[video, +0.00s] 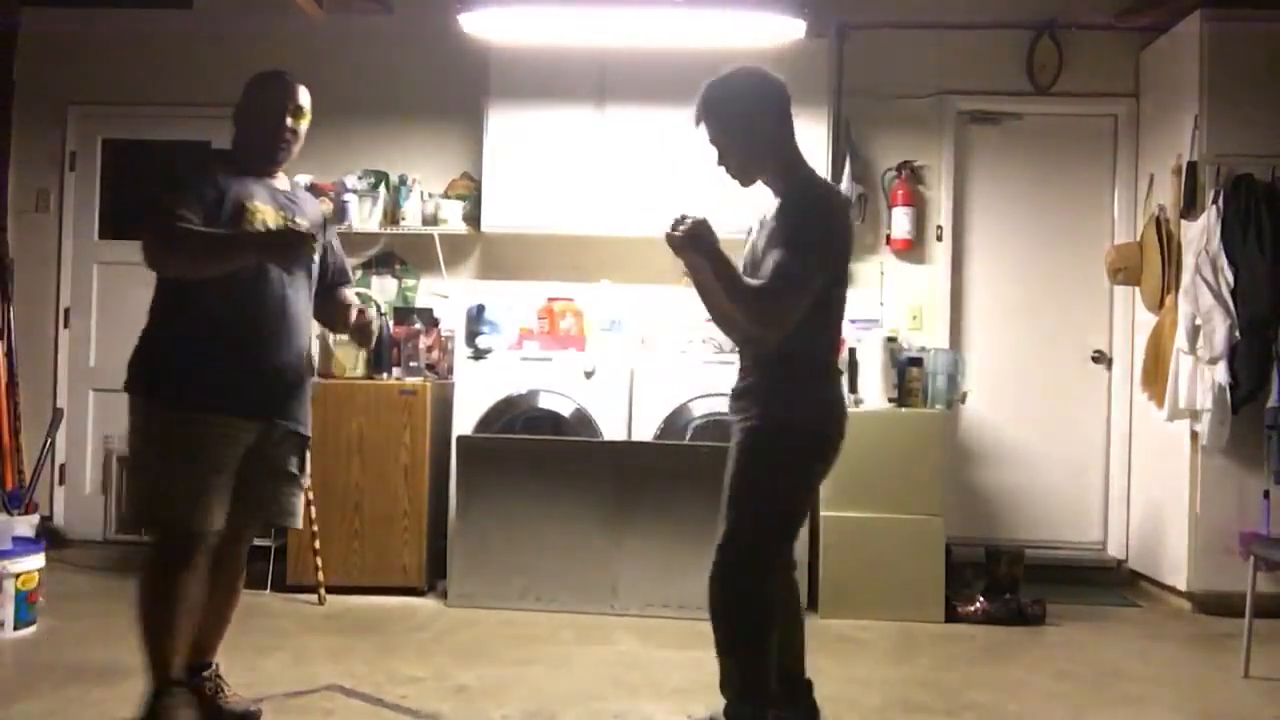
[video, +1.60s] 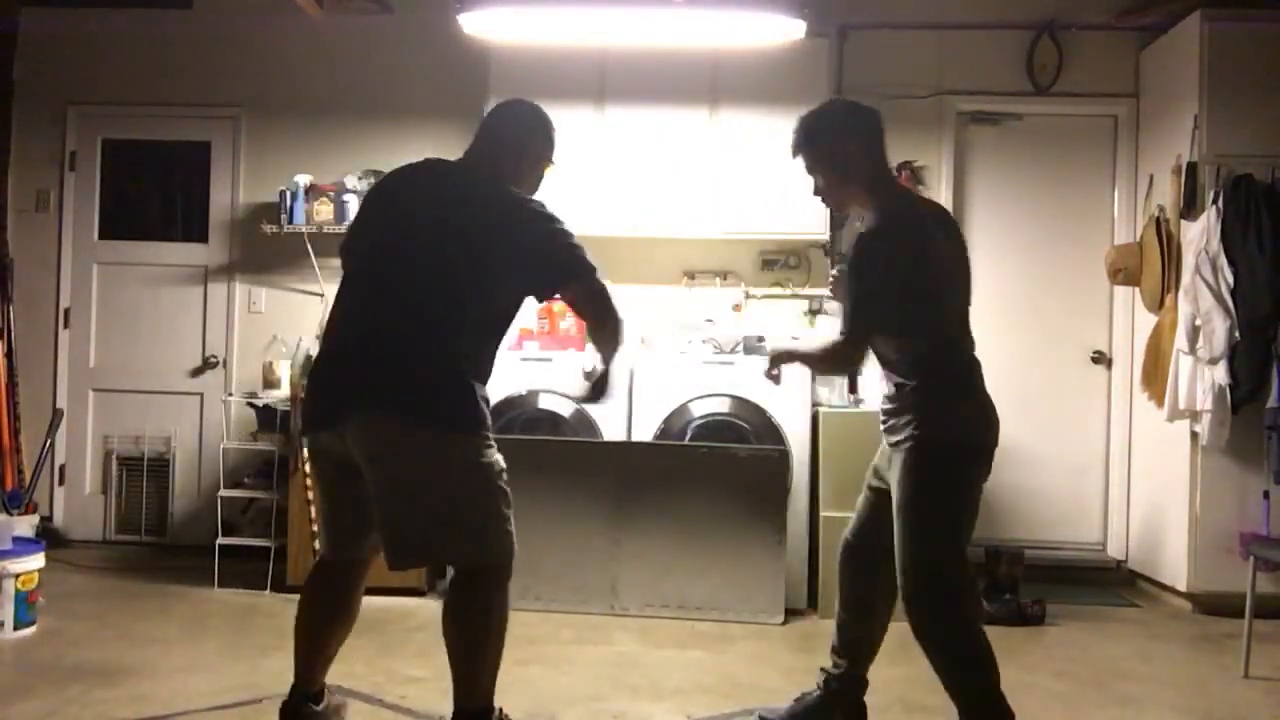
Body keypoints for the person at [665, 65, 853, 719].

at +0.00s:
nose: (715, 156)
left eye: (718, 137)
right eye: (710, 141)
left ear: (758, 126)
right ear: (767, 129)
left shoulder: (811, 209)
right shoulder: (786, 213)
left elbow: (764, 328)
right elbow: (753, 323)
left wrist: (706, 260)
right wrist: (702, 262)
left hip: (786, 419)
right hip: (775, 415)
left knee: (737, 576)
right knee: (767, 567)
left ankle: (747, 709)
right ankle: (787, 702)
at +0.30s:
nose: (742, 169)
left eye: (745, 152)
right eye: (737, 156)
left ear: (784, 136)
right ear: (769, 144)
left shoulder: (860, 210)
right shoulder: (775, 224)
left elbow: (856, 317)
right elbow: (734, 325)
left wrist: (773, 258)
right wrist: (715, 251)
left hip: (845, 410)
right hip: (788, 408)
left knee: (815, 563)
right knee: (769, 557)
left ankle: (835, 707)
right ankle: (792, 694)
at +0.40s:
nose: (761, 170)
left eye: (765, 154)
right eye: (756, 157)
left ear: (807, 137)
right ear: (795, 145)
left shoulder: (872, 214)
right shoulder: (787, 223)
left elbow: (857, 319)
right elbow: (743, 317)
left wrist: (783, 255)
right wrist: (729, 245)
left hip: (853, 421)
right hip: (794, 416)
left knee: (857, 577)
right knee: (777, 563)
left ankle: (917, 711)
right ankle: (793, 695)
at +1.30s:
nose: (784, 184)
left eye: (788, 166)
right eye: (779, 169)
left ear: (828, 153)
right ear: (825, 159)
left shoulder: (890, 226)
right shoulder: (833, 243)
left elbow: (846, 321)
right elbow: (801, 344)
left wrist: (784, 265)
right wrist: (771, 275)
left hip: (880, 439)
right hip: (826, 434)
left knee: (908, 592)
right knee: (773, 566)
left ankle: (978, 714)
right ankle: (775, 696)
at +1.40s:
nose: (783, 184)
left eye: (786, 167)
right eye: (778, 170)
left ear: (826, 154)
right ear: (833, 156)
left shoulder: (857, 221)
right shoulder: (869, 218)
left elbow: (766, 290)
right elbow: (874, 340)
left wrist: (706, 305)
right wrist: (818, 303)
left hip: (928, 427)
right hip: (880, 424)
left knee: (936, 586)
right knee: (822, 561)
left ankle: (989, 712)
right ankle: (784, 693)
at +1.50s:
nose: (796, 190)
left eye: (797, 174)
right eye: (791, 177)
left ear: (833, 157)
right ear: (844, 156)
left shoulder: (856, 233)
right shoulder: (910, 215)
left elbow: (780, 330)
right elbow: (941, 309)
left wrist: (697, 343)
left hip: (939, 427)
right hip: (901, 421)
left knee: (942, 595)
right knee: (856, 553)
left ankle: (992, 714)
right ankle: (838, 692)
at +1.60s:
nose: (814, 187)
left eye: (817, 170)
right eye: (809, 172)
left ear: (852, 158)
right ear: (864, 158)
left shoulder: (876, 241)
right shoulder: (931, 219)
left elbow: (844, 356)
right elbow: (927, 324)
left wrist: (785, 354)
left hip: (937, 430)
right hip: (915, 424)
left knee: (934, 600)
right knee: (862, 557)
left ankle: (990, 716)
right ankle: (843, 692)